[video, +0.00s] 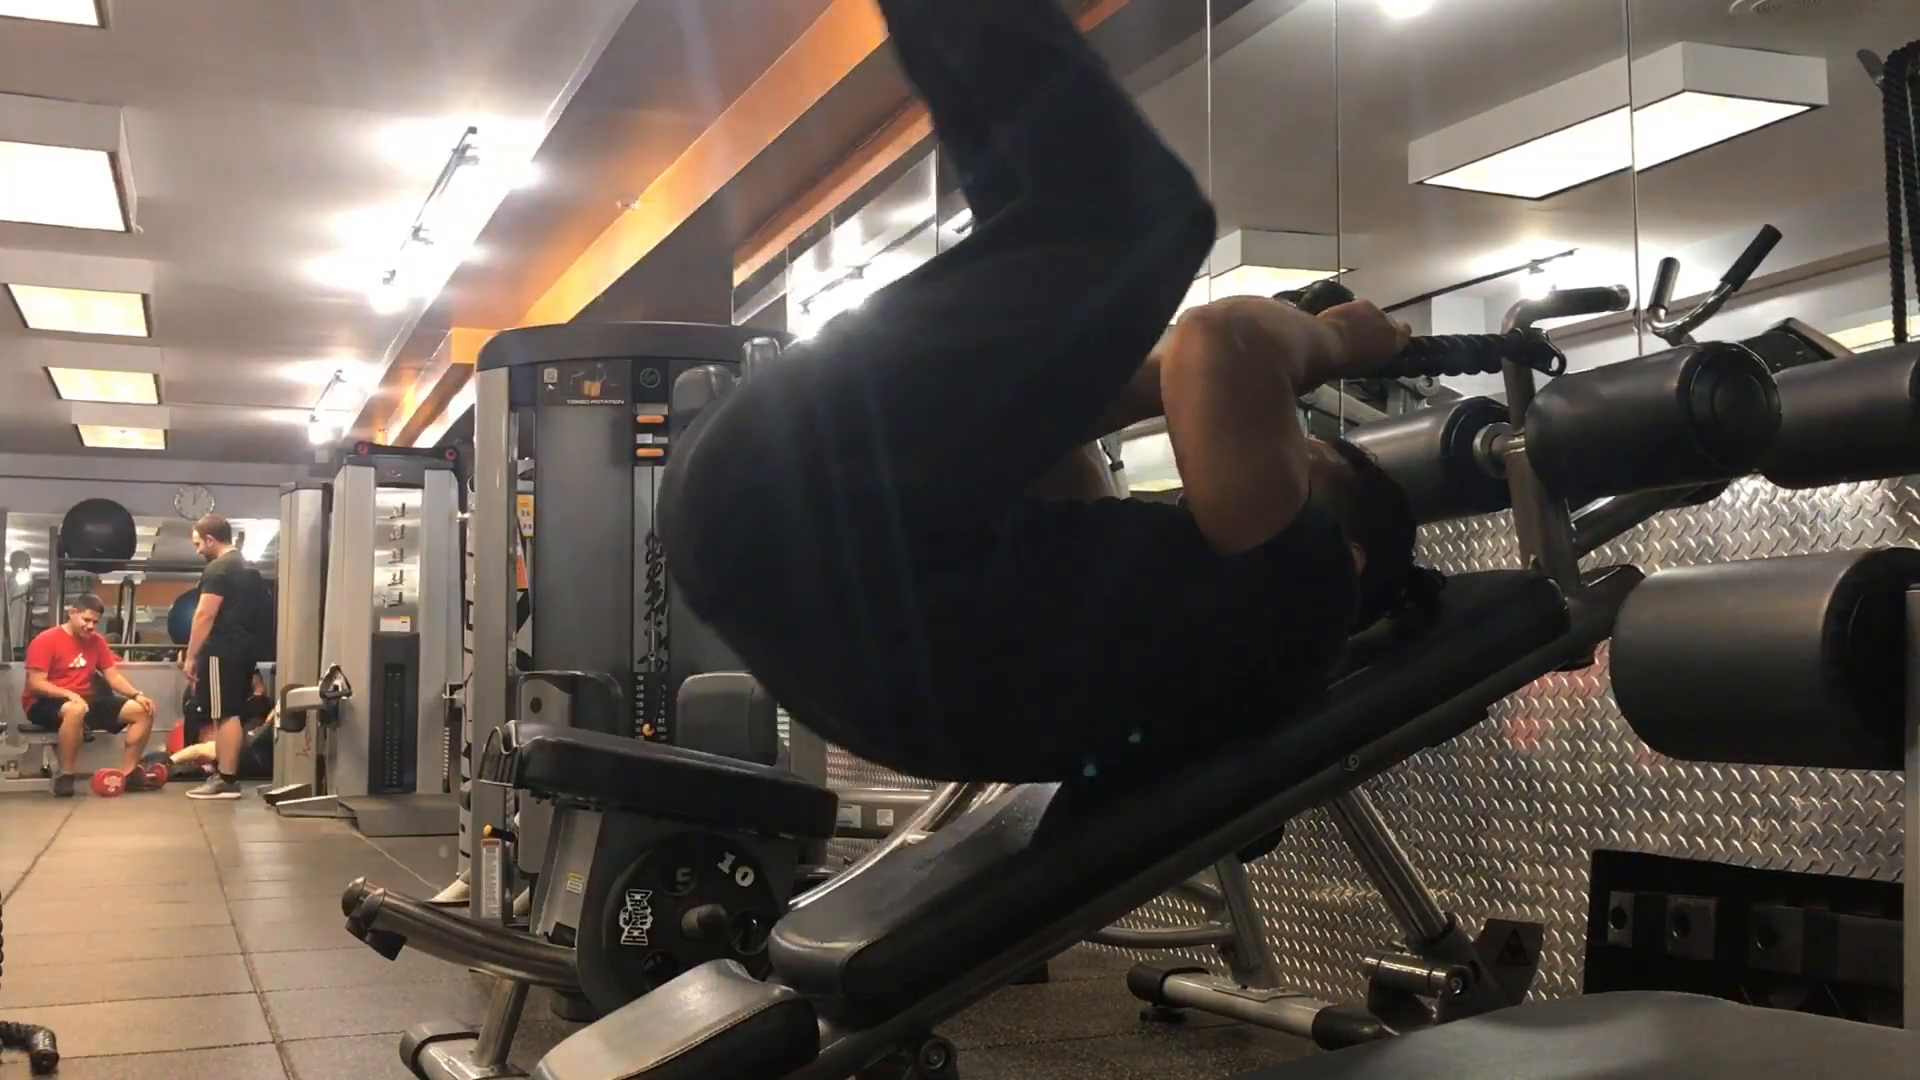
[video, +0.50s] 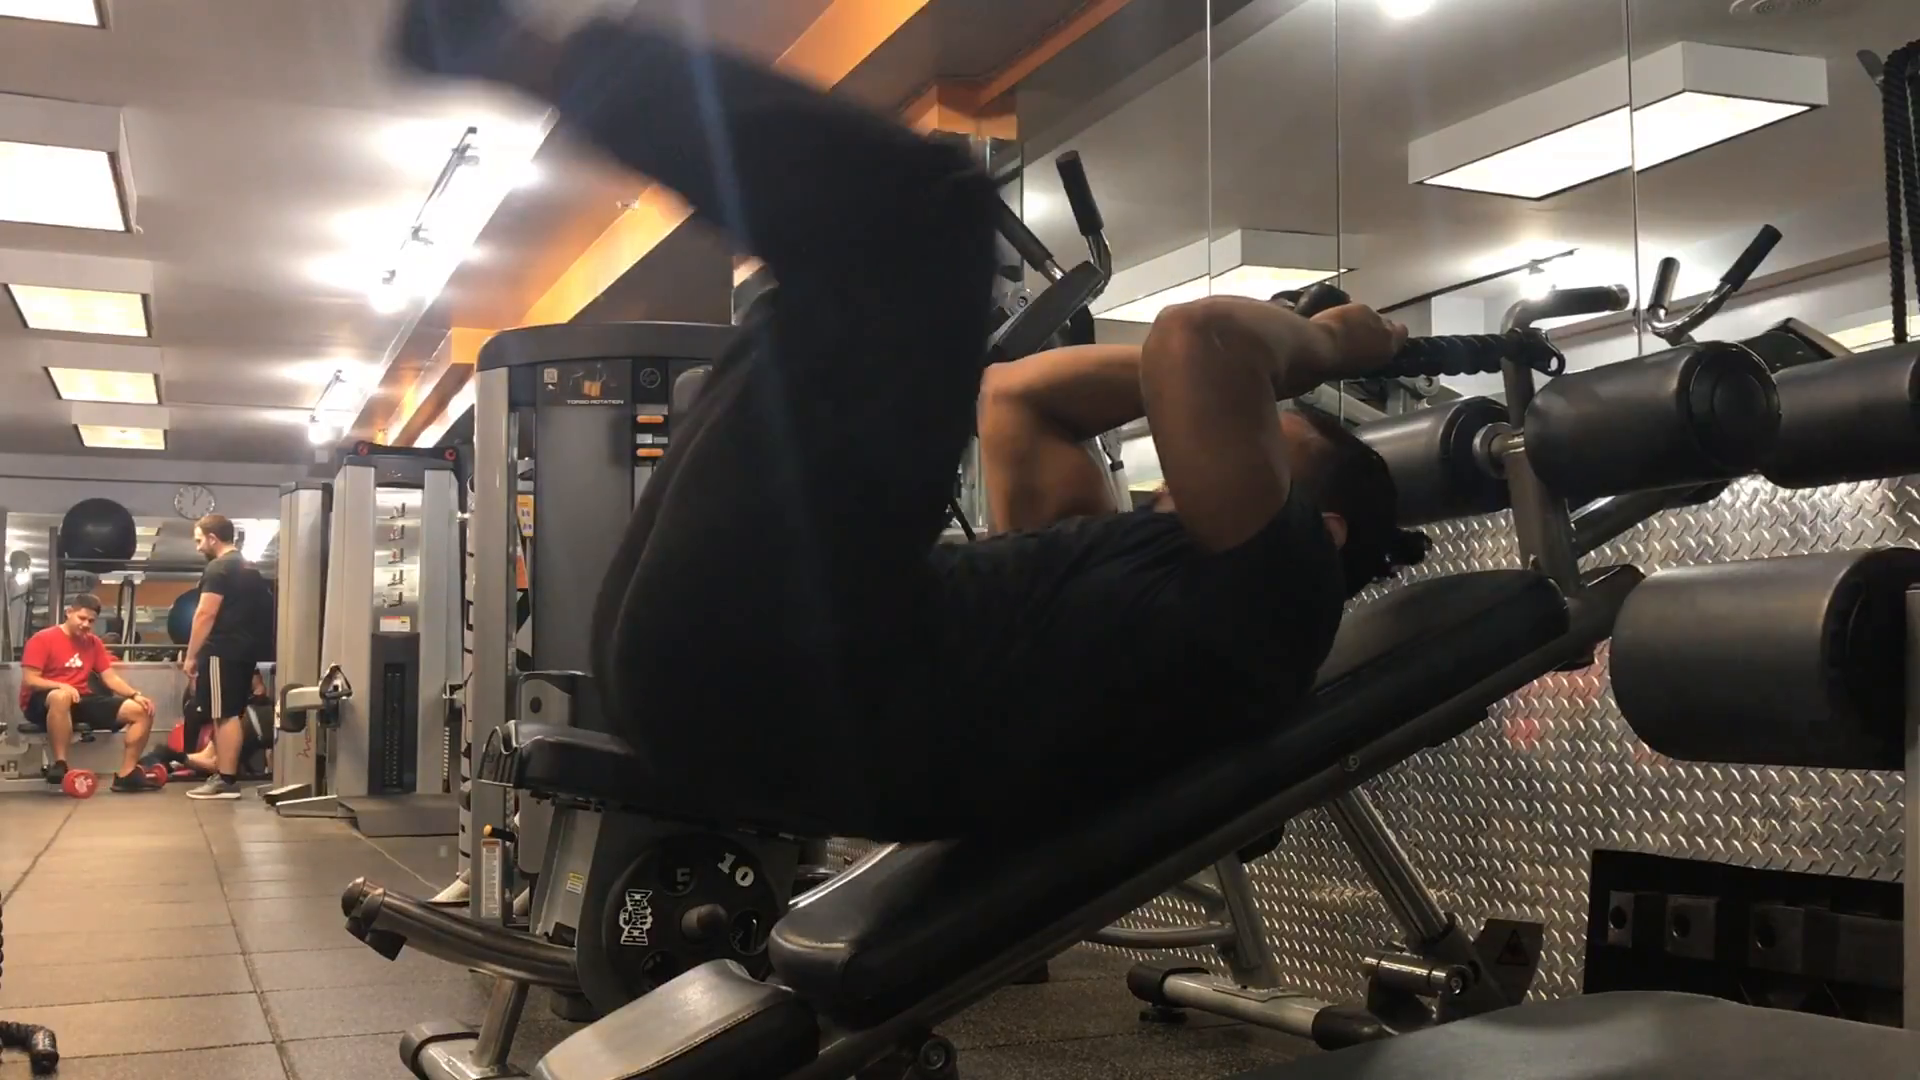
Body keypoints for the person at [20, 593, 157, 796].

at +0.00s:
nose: (90, 626)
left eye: (95, 622)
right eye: (86, 620)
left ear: (99, 622)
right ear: (72, 613)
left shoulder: (97, 641)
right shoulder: (46, 641)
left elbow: (112, 676)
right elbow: (36, 683)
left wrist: (137, 695)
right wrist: (69, 694)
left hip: (86, 702)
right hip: (45, 703)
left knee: (143, 712)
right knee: (75, 710)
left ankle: (129, 774)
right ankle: (66, 776)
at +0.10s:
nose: (90, 628)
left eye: (94, 623)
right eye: (86, 621)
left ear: (98, 623)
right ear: (72, 614)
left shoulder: (96, 642)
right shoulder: (46, 641)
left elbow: (112, 676)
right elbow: (36, 683)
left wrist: (137, 695)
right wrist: (72, 695)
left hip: (85, 701)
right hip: (45, 702)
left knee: (142, 712)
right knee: (70, 708)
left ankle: (128, 774)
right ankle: (65, 775)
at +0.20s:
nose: (89, 628)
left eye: (94, 623)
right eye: (86, 621)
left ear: (98, 623)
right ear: (72, 614)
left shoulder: (95, 643)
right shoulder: (46, 641)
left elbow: (112, 676)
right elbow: (34, 683)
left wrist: (137, 695)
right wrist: (65, 694)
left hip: (84, 701)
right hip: (45, 702)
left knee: (142, 712)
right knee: (65, 709)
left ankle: (127, 774)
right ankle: (65, 775)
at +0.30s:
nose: (88, 627)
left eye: (93, 623)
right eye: (84, 620)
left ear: (97, 623)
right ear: (71, 614)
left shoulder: (94, 643)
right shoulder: (45, 641)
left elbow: (112, 676)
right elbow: (32, 682)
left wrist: (137, 695)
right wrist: (63, 694)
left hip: (84, 701)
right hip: (45, 701)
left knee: (142, 712)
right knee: (62, 709)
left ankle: (127, 774)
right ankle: (65, 775)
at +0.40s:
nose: (86, 626)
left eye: (91, 622)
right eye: (83, 619)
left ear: (96, 622)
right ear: (69, 614)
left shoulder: (93, 643)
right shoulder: (44, 640)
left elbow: (110, 677)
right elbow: (31, 681)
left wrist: (136, 695)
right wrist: (63, 690)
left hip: (82, 701)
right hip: (43, 702)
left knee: (142, 712)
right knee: (61, 702)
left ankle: (126, 775)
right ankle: (63, 773)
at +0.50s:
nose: (85, 625)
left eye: (90, 621)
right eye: (82, 618)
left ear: (95, 621)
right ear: (68, 613)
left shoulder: (93, 643)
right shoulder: (43, 639)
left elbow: (110, 677)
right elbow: (30, 679)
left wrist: (135, 694)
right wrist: (62, 686)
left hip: (82, 702)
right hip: (42, 704)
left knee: (141, 711)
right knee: (60, 696)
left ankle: (127, 774)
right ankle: (60, 764)